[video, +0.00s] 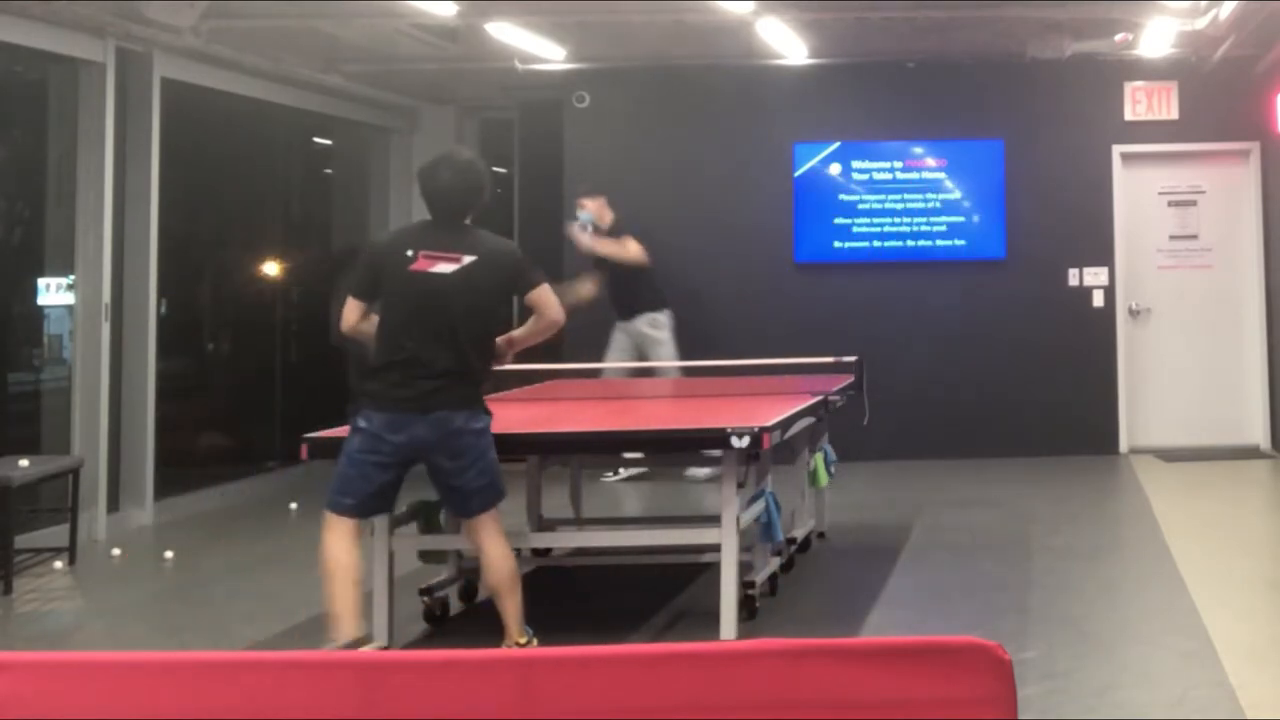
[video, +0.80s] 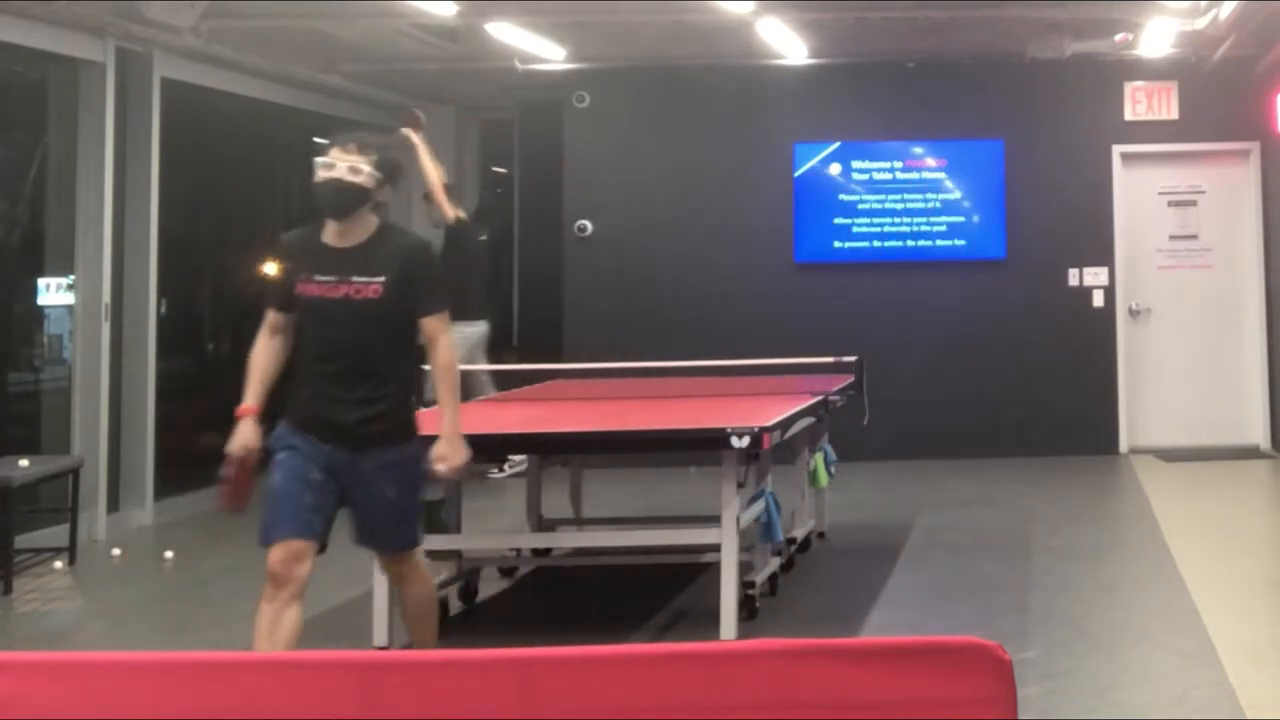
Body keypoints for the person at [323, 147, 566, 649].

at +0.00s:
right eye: (478, 192)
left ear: (425, 197)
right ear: (479, 198)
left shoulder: (389, 248)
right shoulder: (502, 254)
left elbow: (350, 323)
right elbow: (552, 316)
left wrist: (400, 337)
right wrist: (507, 344)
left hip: (386, 416)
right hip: (459, 416)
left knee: (341, 521)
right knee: (485, 524)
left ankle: (347, 639)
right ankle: (516, 638)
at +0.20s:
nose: (398, 197)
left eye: (404, 190)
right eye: (401, 188)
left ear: (417, 201)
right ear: (461, 200)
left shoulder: (391, 259)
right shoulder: (489, 253)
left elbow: (370, 348)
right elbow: (508, 329)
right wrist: (464, 344)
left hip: (403, 432)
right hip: (465, 424)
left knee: (372, 545)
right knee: (478, 525)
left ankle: (430, 659)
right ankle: (518, 637)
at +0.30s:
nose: (381, 183)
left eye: (393, 179)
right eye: (388, 174)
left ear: (415, 204)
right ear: (429, 205)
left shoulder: (408, 258)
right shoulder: (454, 246)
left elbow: (406, 347)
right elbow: (456, 337)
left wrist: (366, 362)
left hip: (405, 429)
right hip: (444, 421)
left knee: (366, 550)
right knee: (441, 526)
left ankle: (432, 663)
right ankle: (503, 623)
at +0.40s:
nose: (380, 177)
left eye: (393, 171)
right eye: (384, 167)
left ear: (421, 191)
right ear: (413, 190)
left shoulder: (434, 246)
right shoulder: (398, 241)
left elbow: (440, 335)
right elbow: (399, 327)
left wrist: (373, 364)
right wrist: (369, 377)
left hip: (416, 417)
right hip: (392, 412)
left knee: (390, 540)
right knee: (388, 529)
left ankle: (431, 657)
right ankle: (465, 608)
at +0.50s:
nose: (374, 174)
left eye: (389, 167)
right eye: (374, 164)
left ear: (422, 182)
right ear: (370, 169)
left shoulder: (444, 239)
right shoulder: (369, 234)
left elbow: (461, 327)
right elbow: (357, 314)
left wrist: (379, 368)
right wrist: (347, 388)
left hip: (416, 420)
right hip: (362, 414)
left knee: (415, 544)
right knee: (325, 530)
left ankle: (436, 664)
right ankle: (394, 613)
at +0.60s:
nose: (372, 171)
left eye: (389, 164)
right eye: (368, 159)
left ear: (418, 182)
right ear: (356, 166)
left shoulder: (444, 242)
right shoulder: (341, 234)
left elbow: (464, 329)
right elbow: (326, 311)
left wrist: (397, 385)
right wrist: (316, 393)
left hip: (416, 429)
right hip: (344, 421)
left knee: (421, 548)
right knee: (298, 542)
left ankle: (437, 667)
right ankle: (325, 664)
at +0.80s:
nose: (334, 179)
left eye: (351, 171)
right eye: (327, 167)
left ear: (379, 188)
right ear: (314, 176)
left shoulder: (410, 255)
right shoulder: (296, 251)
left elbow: (440, 341)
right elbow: (273, 332)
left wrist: (450, 432)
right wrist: (248, 414)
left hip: (385, 445)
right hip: (305, 438)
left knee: (400, 563)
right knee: (284, 568)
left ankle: (428, 671)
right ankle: (261, 707)